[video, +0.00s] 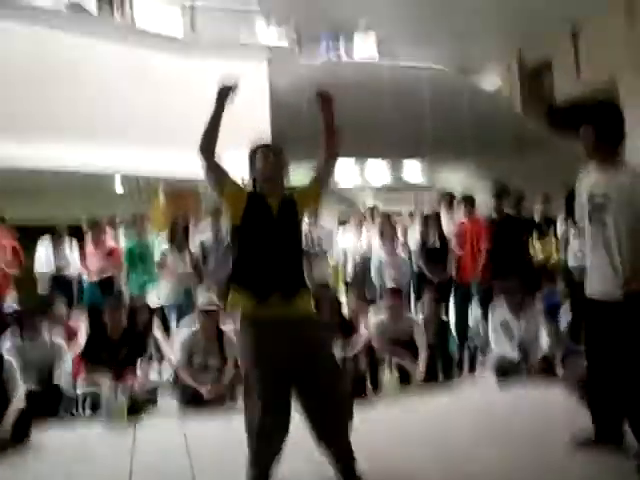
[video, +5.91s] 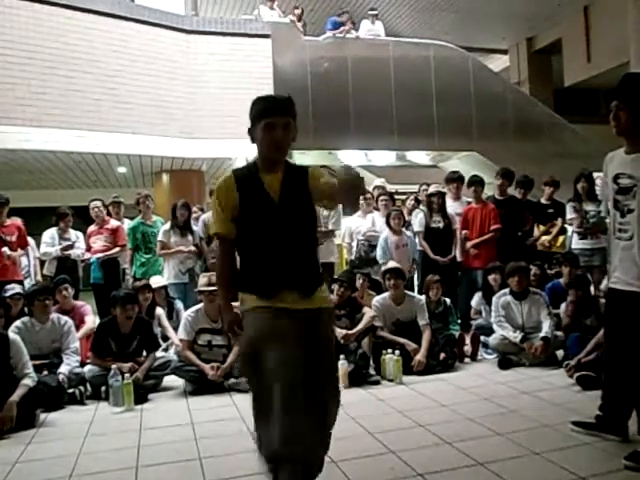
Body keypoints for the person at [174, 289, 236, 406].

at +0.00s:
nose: (209, 318)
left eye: (213, 313)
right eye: (205, 313)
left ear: (218, 315)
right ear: (198, 315)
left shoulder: (225, 340)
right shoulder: (187, 339)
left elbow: (230, 366)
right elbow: (180, 367)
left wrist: (220, 387)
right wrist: (199, 387)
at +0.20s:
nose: (209, 316)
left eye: (212, 312)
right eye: (205, 312)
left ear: (217, 314)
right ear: (197, 313)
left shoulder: (222, 334)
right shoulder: (186, 334)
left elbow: (229, 366)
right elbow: (179, 366)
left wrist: (218, 388)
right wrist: (200, 388)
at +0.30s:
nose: (205, 303)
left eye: (209, 299)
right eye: (202, 298)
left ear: (217, 300)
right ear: (196, 298)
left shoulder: (223, 319)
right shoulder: (186, 320)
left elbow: (231, 349)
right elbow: (178, 351)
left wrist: (220, 372)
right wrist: (200, 372)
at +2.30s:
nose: (210, 293)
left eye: (213, 289)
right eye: (205, 290)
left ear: (219, 291)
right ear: (197, 292)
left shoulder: (227, 311)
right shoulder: (187, 313)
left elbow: (232, 343)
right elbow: (181, 346)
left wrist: (221, 365)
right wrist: (200, 365)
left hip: (221, 358)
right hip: (196, 359)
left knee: (248, 359)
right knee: (173, 364)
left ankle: (199, 383)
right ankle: (222, 381)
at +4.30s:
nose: (208, 294)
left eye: (211, 289)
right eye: (203, 291)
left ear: (216, 291)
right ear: (196, 294)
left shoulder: (227, 311)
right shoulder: (186, 313)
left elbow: (232, 343)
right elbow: (181, 347)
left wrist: (220, 365)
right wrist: (201, 365)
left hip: (222, 357)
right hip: (196, 359)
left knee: (245, 360)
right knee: (173, 364)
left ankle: (198, 383)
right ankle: (222, 382)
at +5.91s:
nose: (210, 297)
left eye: (214, 292)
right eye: (205, 293)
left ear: (220, 293)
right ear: (200, 296)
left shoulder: (231, 314)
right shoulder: (191, 316)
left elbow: (238, 343)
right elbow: (184, 349)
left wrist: (225, 367)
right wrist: (205, 367)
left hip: (225, 360)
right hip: (200, 361)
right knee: (177, 367)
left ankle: (201, 386)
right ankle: (226, 384)